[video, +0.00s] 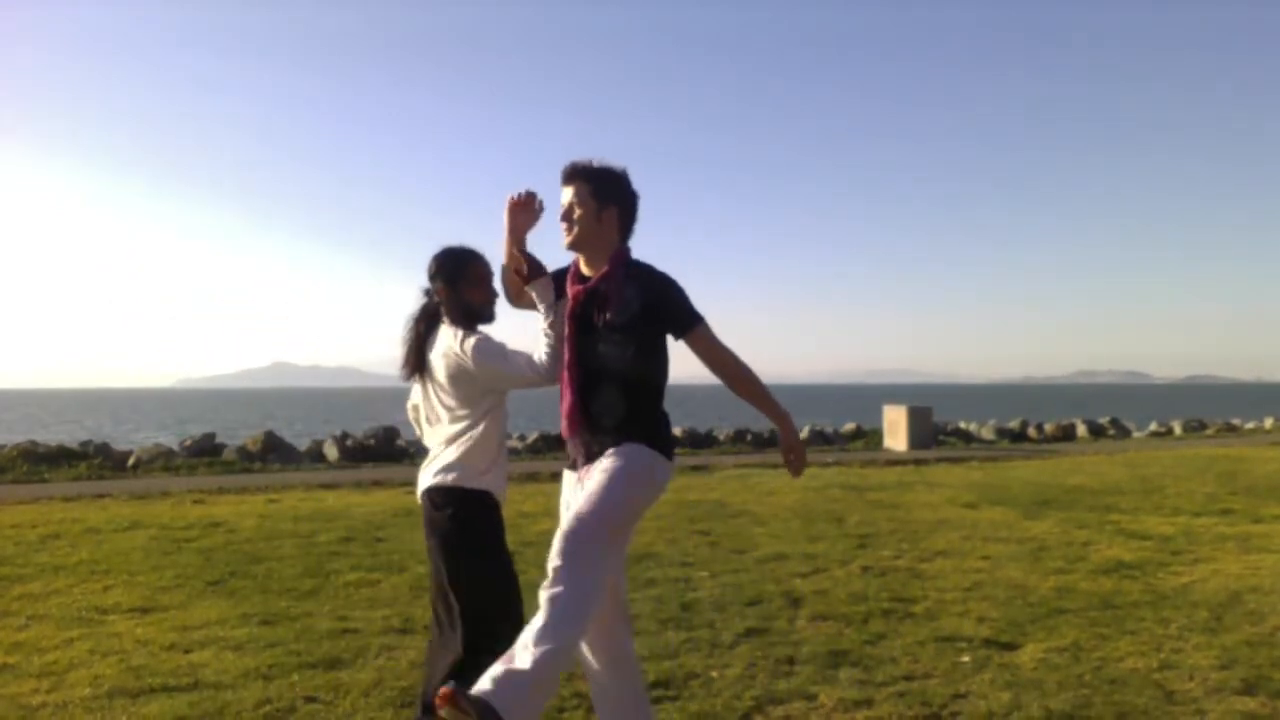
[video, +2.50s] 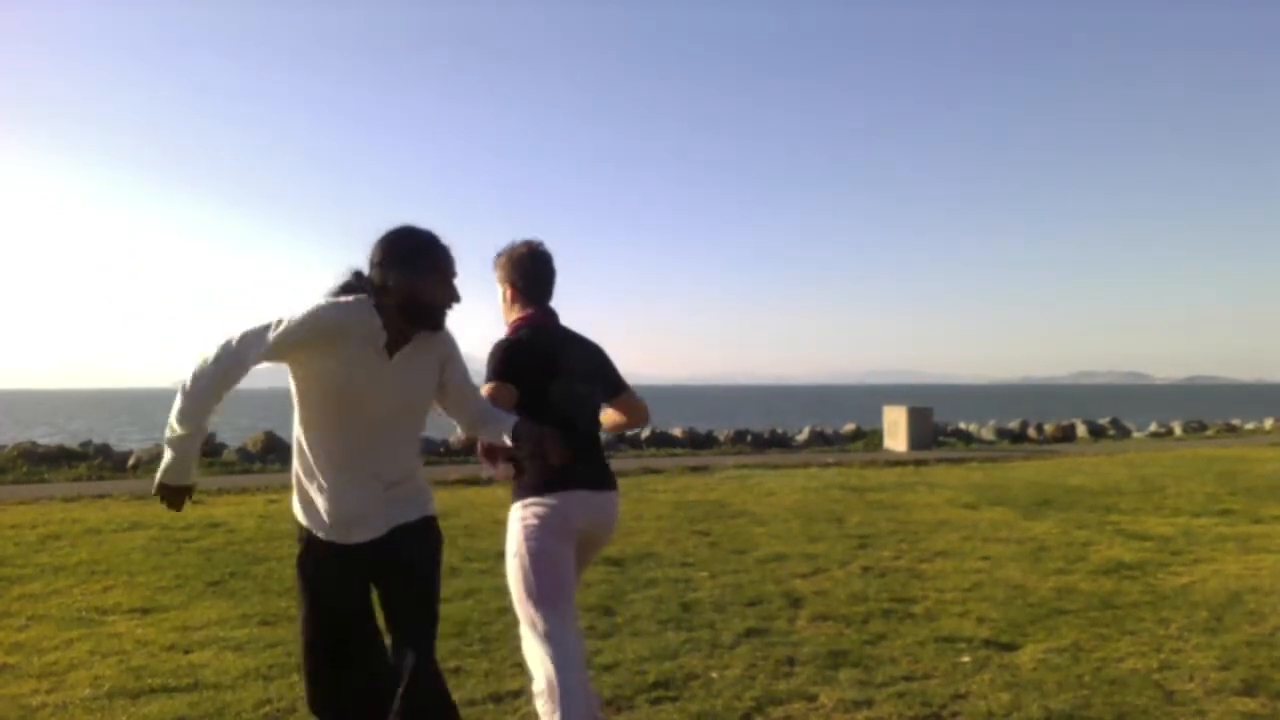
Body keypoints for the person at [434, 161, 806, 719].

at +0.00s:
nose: (562, 218)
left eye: (573, 209)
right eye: (562, 210)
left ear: (612, 216)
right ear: (573, 218)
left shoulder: (650, 287)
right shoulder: (565, 283)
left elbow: (718, 360)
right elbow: (518, 290)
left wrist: (784, 423)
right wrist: (515, 238)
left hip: (635, 452)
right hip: (580, 460)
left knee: (574, 551)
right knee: (600, 612)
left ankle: (500, 700)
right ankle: (626, 714)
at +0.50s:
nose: (576, 224)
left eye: (588, 215)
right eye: (577, 214)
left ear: (627, 225)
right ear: (588, 221)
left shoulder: (651, 302)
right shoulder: (571, 278)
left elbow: (734, 383)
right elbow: (492, 290)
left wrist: (709, 446)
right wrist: (458, 322)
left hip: (610, 467)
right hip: (569, 463)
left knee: (515, 581)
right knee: (587, 614)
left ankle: (504, 713)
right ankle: (624, 714)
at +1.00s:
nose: (547, 242)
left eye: (561, 234)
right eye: (549, 231)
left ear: (603, 251)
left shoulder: (626, 318)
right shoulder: (526, 289)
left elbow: (674, 389)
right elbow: (488, 334)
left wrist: (591, 357)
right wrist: (504, 412)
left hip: (590, 480)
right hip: (537, 473)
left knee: (547, 627)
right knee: (585, 622)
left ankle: (559, 713)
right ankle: (624, 714)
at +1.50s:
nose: (475, 299)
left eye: (475, 290)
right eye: (473, 287)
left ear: (497, 299)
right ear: (535, 271)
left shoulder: (551, 368)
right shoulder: (564, 312)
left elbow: (485, 478)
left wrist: (461, 401)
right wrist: (488, 488)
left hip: (591, 495)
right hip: (615, 482)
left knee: (534, 645)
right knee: (569, 630)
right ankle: (584, 708)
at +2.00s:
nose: (501, 259)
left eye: (501, 249)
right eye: (502, 249)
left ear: (512, 255)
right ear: (560, 250)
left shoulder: (533, 329)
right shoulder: (587, 311)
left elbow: (488, 432)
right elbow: (556, 395)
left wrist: (467, 360)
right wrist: (502, 347)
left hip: (553, 497)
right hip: (601, 488)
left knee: (529, 624)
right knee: (556, 611)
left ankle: (551, 713)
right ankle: (585, 709)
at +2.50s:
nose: (498, 296)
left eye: (499, 288)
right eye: (500, 288)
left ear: (508, 291)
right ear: (549, 288)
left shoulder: (512, 348)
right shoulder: (585, 349)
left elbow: (495, 408)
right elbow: (633, 413)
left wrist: (486, 439)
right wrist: (585, 425)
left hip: (542, 503)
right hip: (600, 499)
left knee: (544, 632)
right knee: (550, 616)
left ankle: (570, 712)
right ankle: (575, 705)